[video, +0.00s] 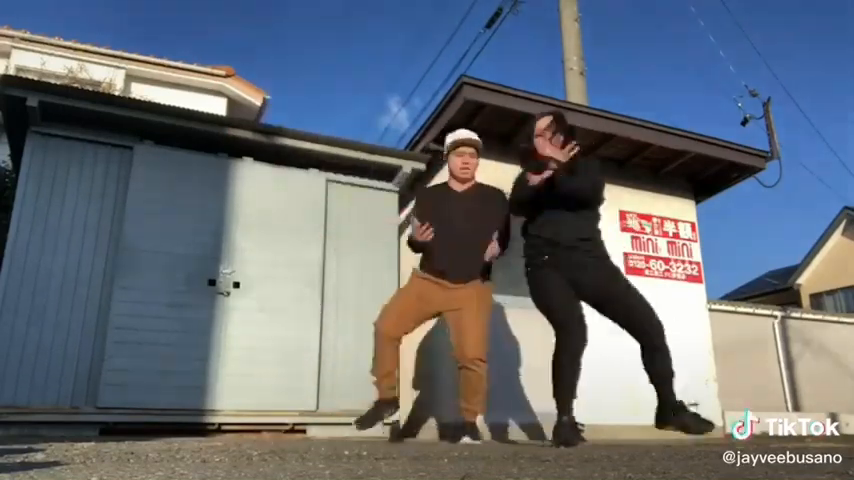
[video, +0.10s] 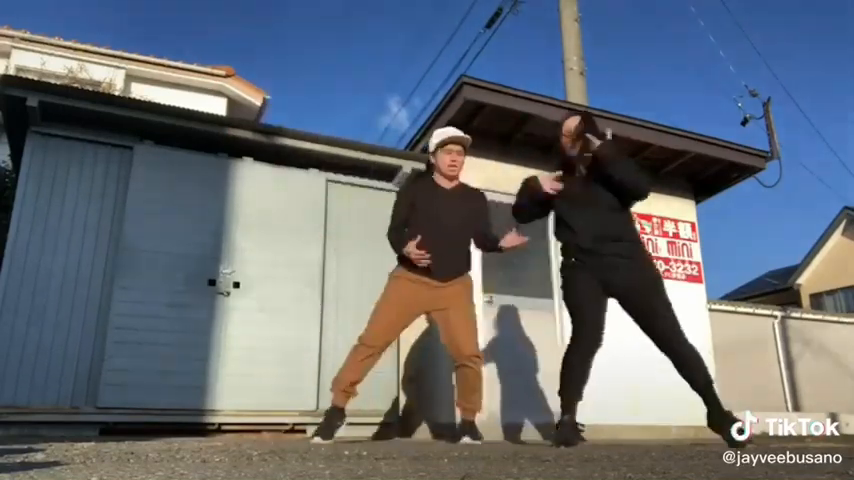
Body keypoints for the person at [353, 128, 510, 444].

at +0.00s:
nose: (466, 161)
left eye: (472, 156)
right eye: (460, 155)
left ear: (479, 162)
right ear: (448, 160)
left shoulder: (495, 199)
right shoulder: (429, 195)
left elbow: (504, 236)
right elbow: (413, 243)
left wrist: (496, 248)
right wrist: (417, 239)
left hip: (471, 290)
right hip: (427, 285)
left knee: (472, 357)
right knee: (386, 328)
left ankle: (470, 423)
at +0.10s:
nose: (455, 159)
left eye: (460, 154)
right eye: (448, 153)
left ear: (465, 159)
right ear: (434, 157)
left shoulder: (474, 198)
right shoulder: (415, 188)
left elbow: (482, 240)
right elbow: (395, 230)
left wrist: (500, 243)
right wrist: (405, 247)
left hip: (454, 288)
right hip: (409, 283)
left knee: (468, 355)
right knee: (371, 343)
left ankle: (468, 424)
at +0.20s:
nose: (444, 158)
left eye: (448, 153)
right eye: (438, 151)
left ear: (452, 158)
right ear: (421, 153)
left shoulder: (455, 200)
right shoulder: (396, 185)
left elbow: (477, 236)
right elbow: (372, 224)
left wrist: (509, 233)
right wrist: (387, 247)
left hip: (437, 285)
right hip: (391, 282)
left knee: (459, 350)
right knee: (362, 345)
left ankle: (467, 422)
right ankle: (335, 416)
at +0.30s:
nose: (434, 154)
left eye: (438, 149)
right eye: (428, 146)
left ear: (441, 156)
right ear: (411, 148)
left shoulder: (443, 196)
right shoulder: (380, 183)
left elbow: (472, 227)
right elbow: (360, 221)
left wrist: (502, 223)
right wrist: (371, 242)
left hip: (424, 283)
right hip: (379, 282)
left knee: (446, 348)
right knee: (358, 347)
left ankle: (465, 420)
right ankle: (335, 419)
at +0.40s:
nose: (428, 152)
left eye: (431, 147)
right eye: (421, 144)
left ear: (432, 153)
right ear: (403, 146)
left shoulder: (436, 191)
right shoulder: (373, 180)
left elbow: (471, 218)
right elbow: (355, 218)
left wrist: (508, 213)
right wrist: (362, 237)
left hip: (417, 280)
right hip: (372, 281)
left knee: (440, 345)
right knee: (356, 347)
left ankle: (466, 418)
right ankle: (334, 419)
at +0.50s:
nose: (424, 150)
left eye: (426, 145)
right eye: (417, 143)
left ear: (427, 152)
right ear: (398, 146)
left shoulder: (430, 190)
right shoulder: (369, 181)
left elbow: (466, 218)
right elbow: (351, 220)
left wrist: (510, 210)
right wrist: (357, 235)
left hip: (413, 278)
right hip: (368, 279)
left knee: (439, 344)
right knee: (355, 347)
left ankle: (468, 414)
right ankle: (334, 419)